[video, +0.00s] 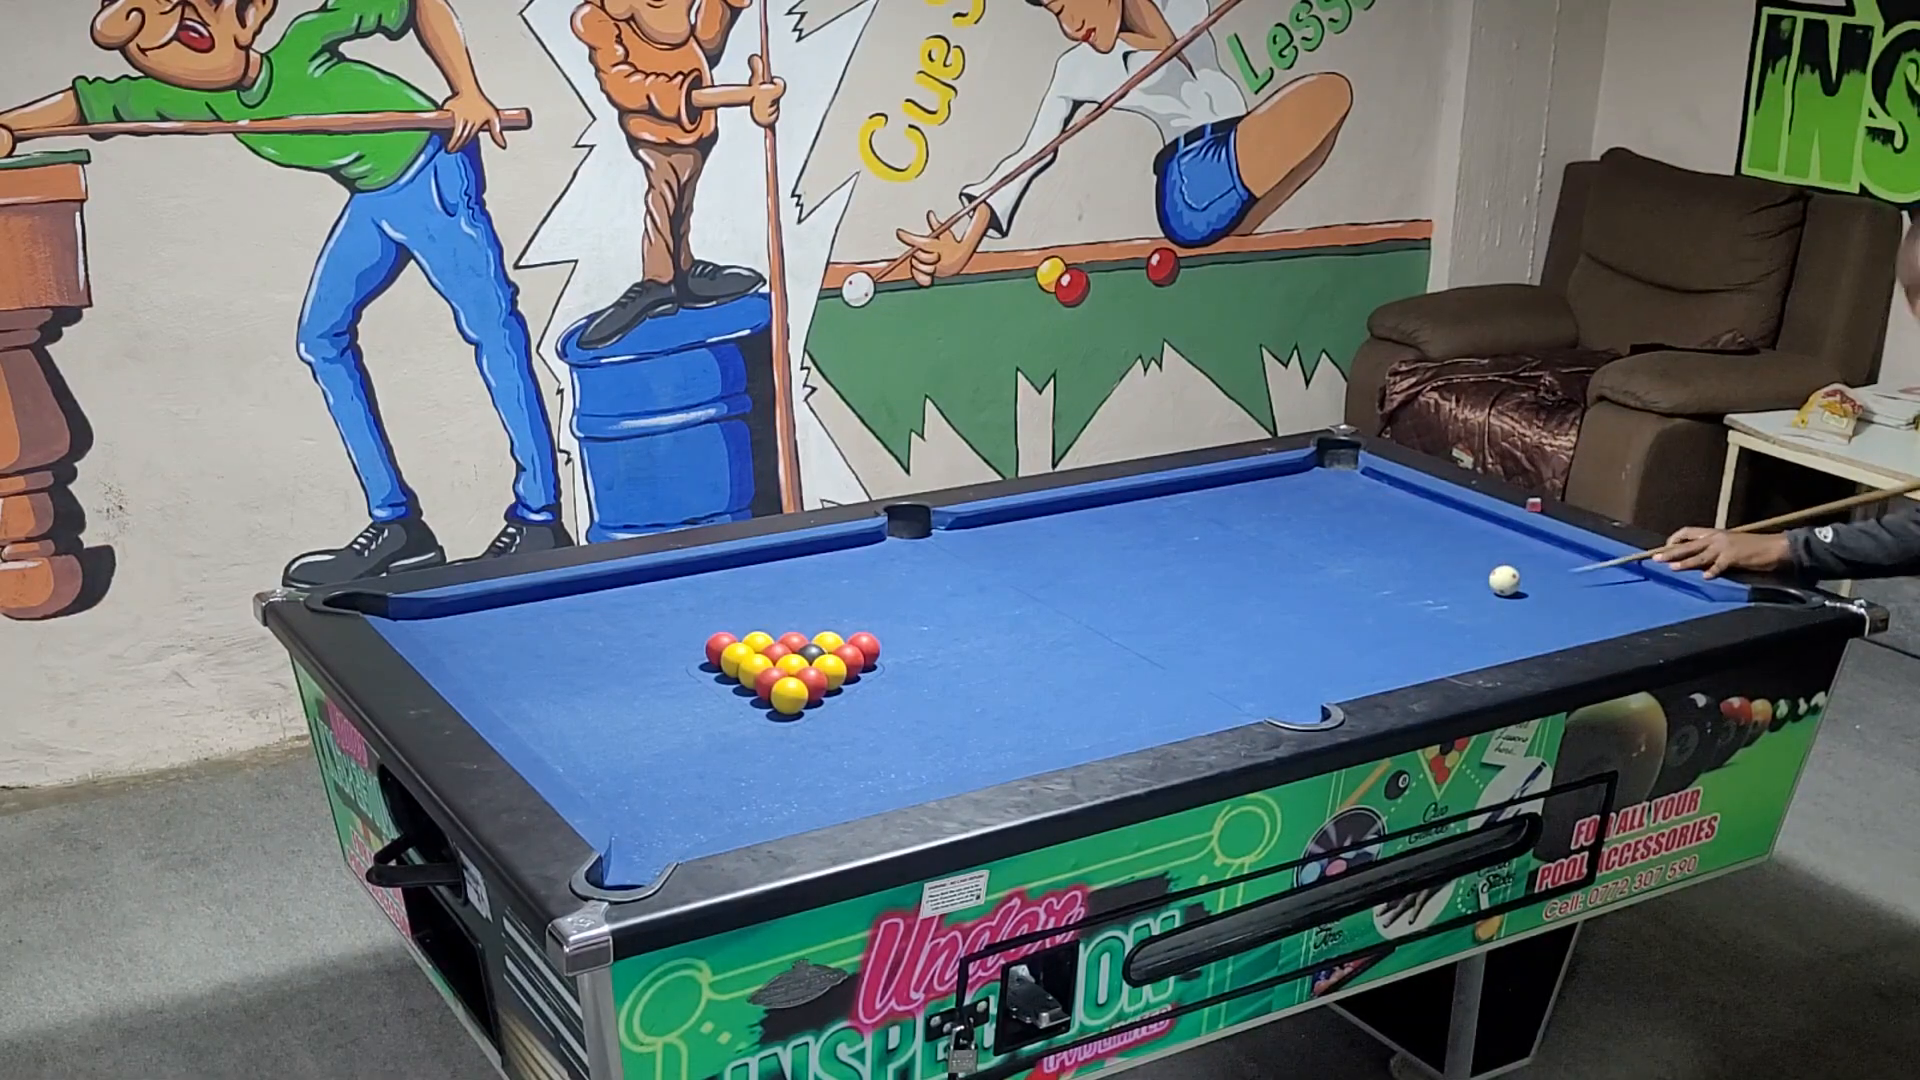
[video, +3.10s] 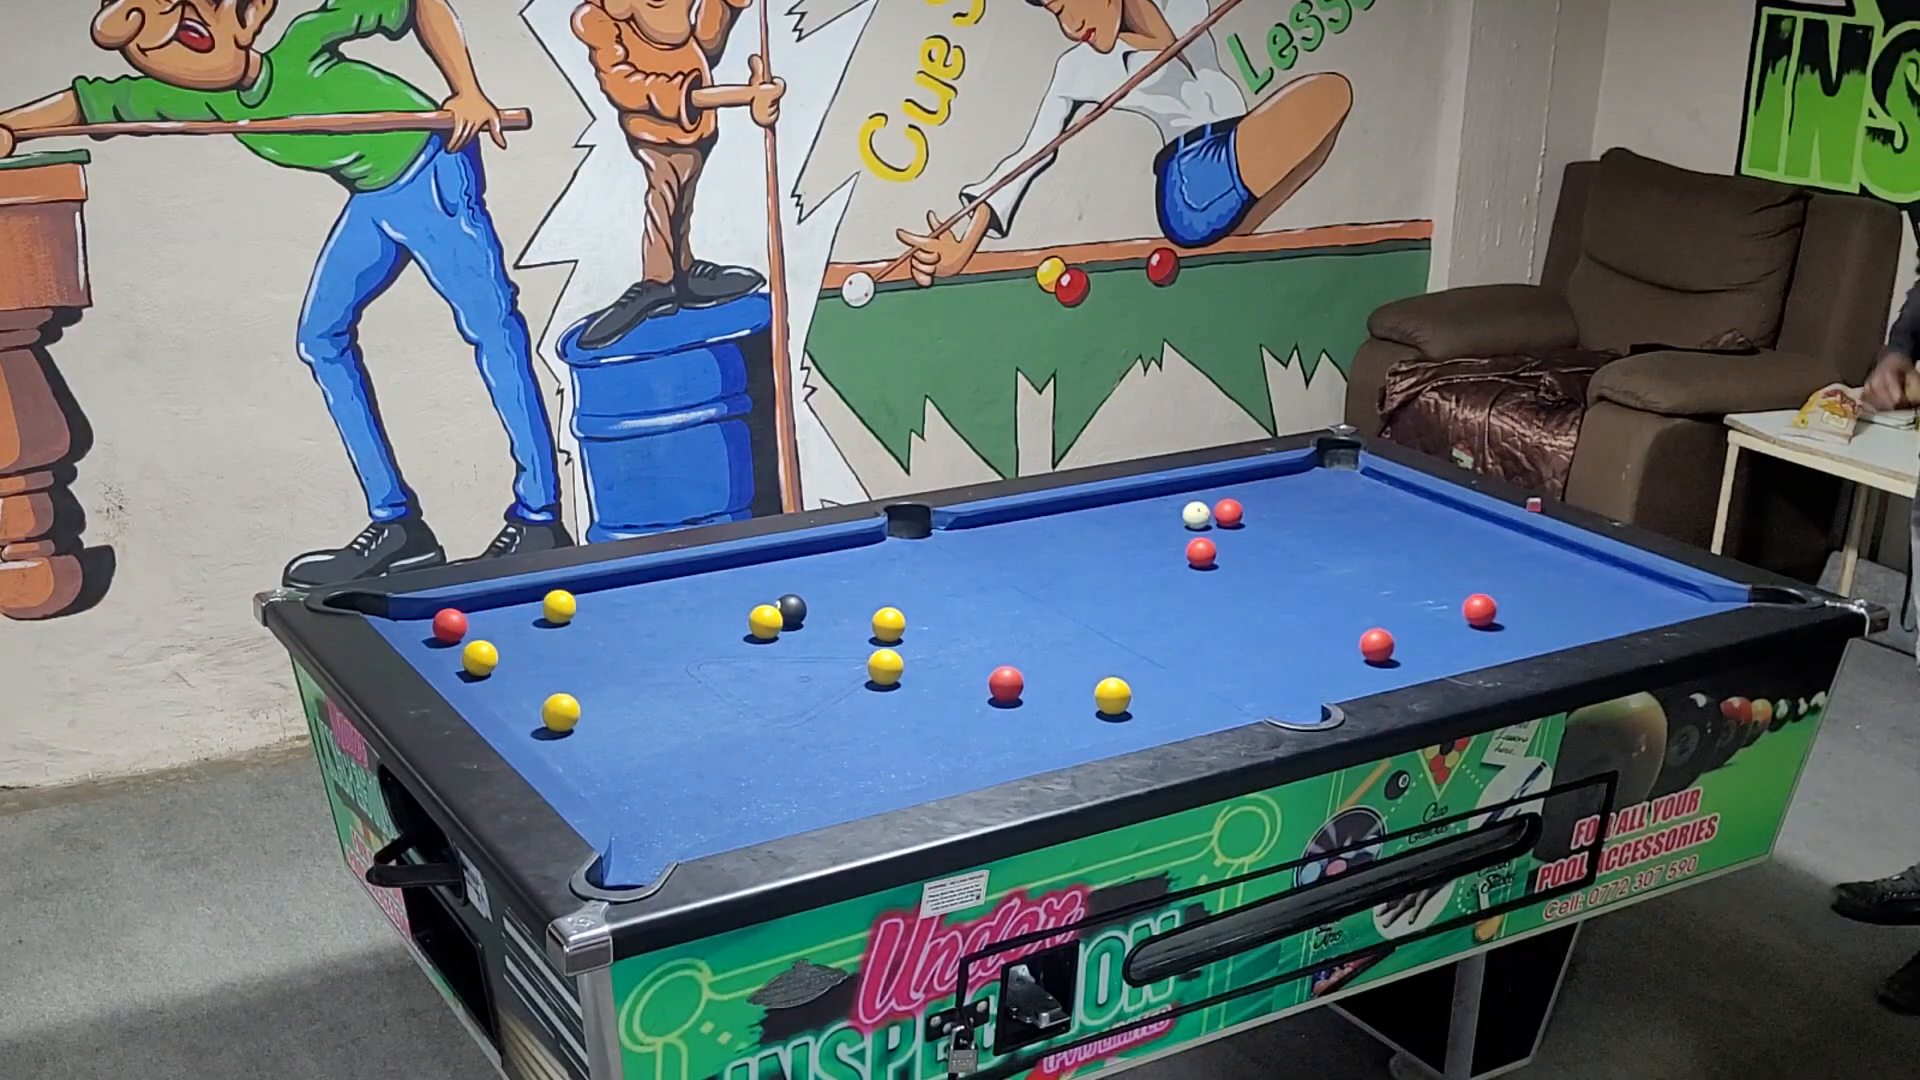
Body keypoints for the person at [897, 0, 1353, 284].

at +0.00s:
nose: (1070, 24)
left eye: (1071, 5)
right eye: (1057, 15)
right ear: (1055, 18)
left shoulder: (1175, 10)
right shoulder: (1076, 69)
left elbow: (1196, 57)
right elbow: (1029, 156)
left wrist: (1139, 12)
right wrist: (963, 244)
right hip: (1192, 182)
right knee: (1331, 92)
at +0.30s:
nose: (1070, 24)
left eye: (1071, 5)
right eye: (1056, 15)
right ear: (1055, 18)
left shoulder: (1175, 11)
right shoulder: (1076, 69)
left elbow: (1196, 58)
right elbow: (1029, 156)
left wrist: (1139, 12)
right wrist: (963, 244)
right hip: (1191, 183)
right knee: (1330, 91)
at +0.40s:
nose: (1070, 23)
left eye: (1071, 4)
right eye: (1056, 15)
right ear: (1055, 18)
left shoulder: (1174, 9)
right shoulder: (1076, 69)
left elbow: (1195, 57)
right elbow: (1028, 156)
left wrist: (1141, 15)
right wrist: (964, 245)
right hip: (1193, 172)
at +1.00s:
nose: (1070, 23)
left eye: (1071, 4)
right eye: (1056, 15)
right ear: (1055, 18)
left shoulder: (1174, 9)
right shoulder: (1076, 69)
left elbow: (1196, 56)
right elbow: (1028, 156)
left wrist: (1142, 15)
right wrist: (964, 245)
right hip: (1194, 167)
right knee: (1187, 206)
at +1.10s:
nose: (1069, 24)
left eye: (1070, 5)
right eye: (1056, 15)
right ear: (1055, 18)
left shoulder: (1176, 10)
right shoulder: (1076, 68)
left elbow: (1197, 58)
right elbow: (1028, 156)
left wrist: (1140, 12)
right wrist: (964, 245)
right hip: (1191, 183)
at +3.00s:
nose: (1069, 24)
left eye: (1070, 5)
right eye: (1057, 15)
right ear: (1056, 18)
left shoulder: (1176, 10)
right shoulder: (1076, 69)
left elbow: (1198, 61)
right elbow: (1028, 157)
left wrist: (1140, 13)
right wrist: (964, 245)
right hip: (1193, 183)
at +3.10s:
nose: (1070, 23)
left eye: (1072, 4)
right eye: (1056, 15)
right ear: (1055, 18)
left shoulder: (1174, 10)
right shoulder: (1076, 69)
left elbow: (1195, 58)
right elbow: (1028, 156)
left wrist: (1142, 14)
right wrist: (964, 245)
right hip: (1194, 174)